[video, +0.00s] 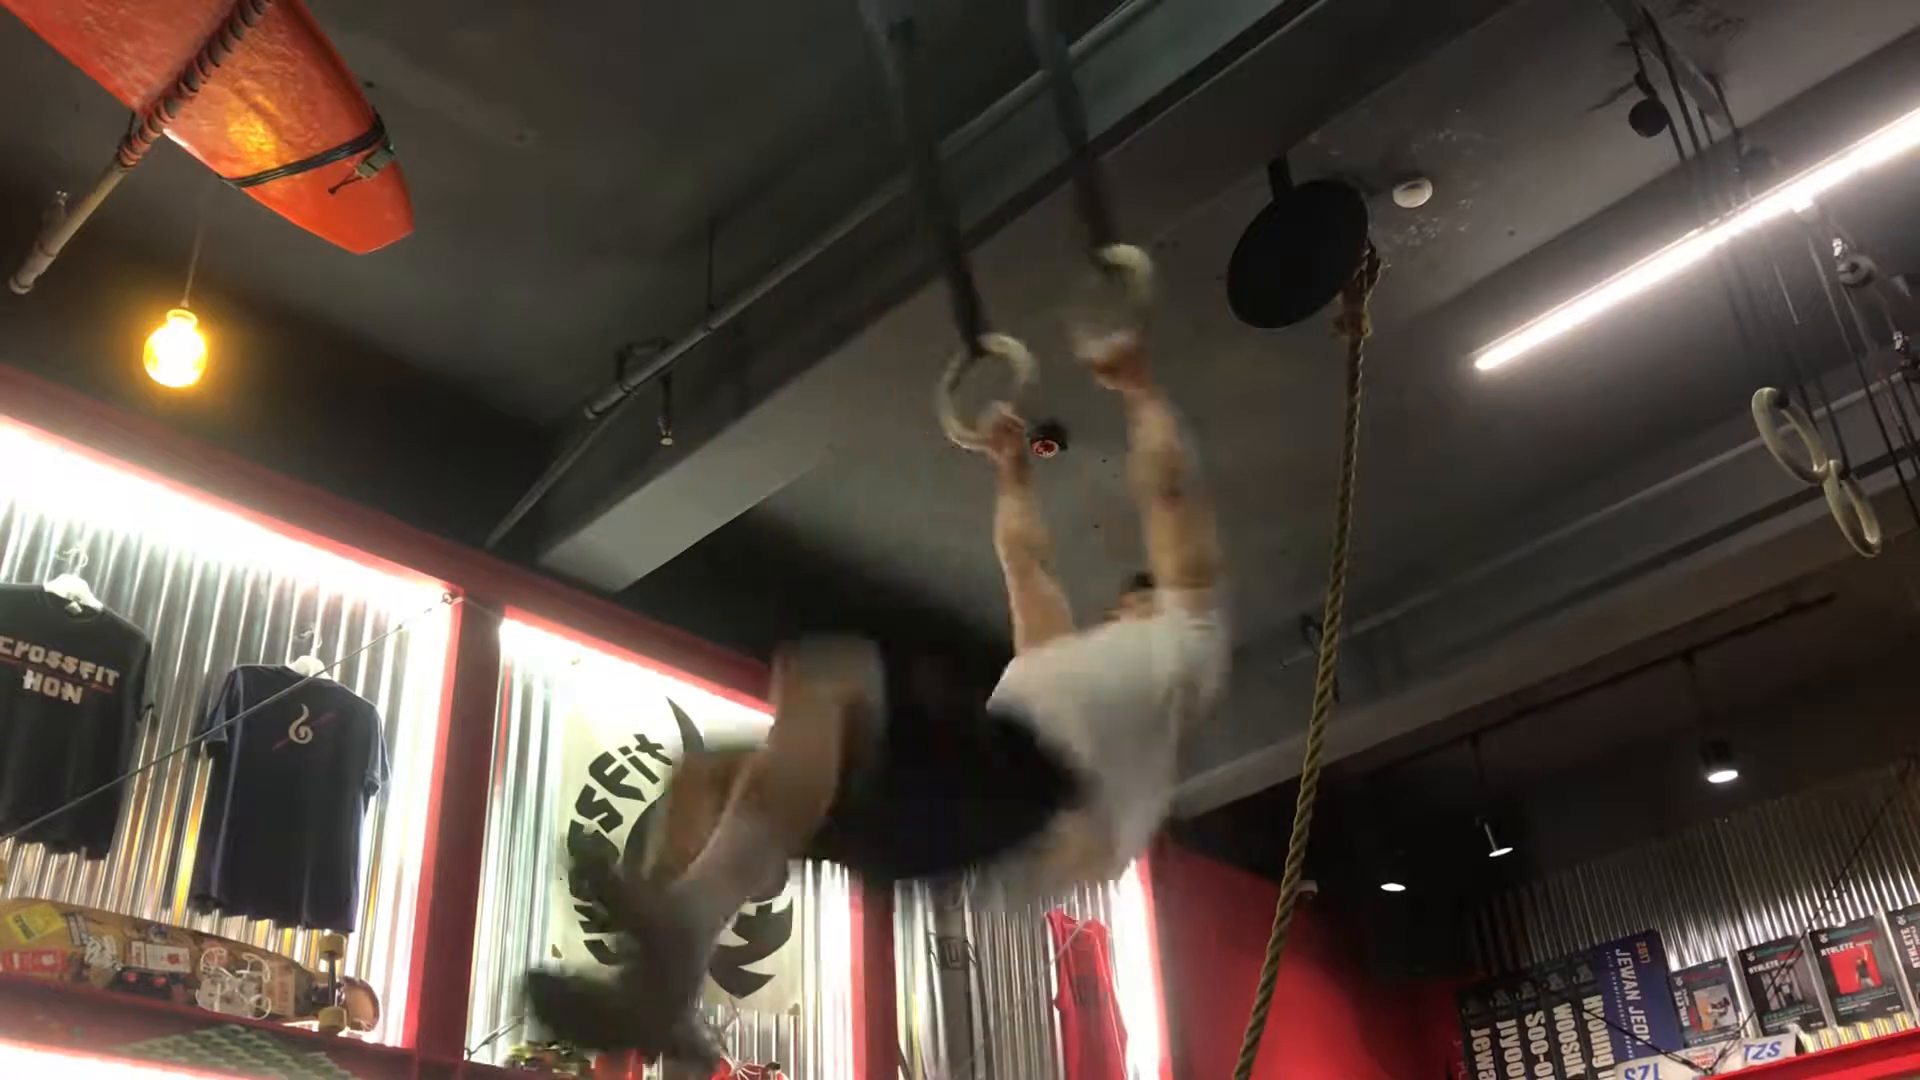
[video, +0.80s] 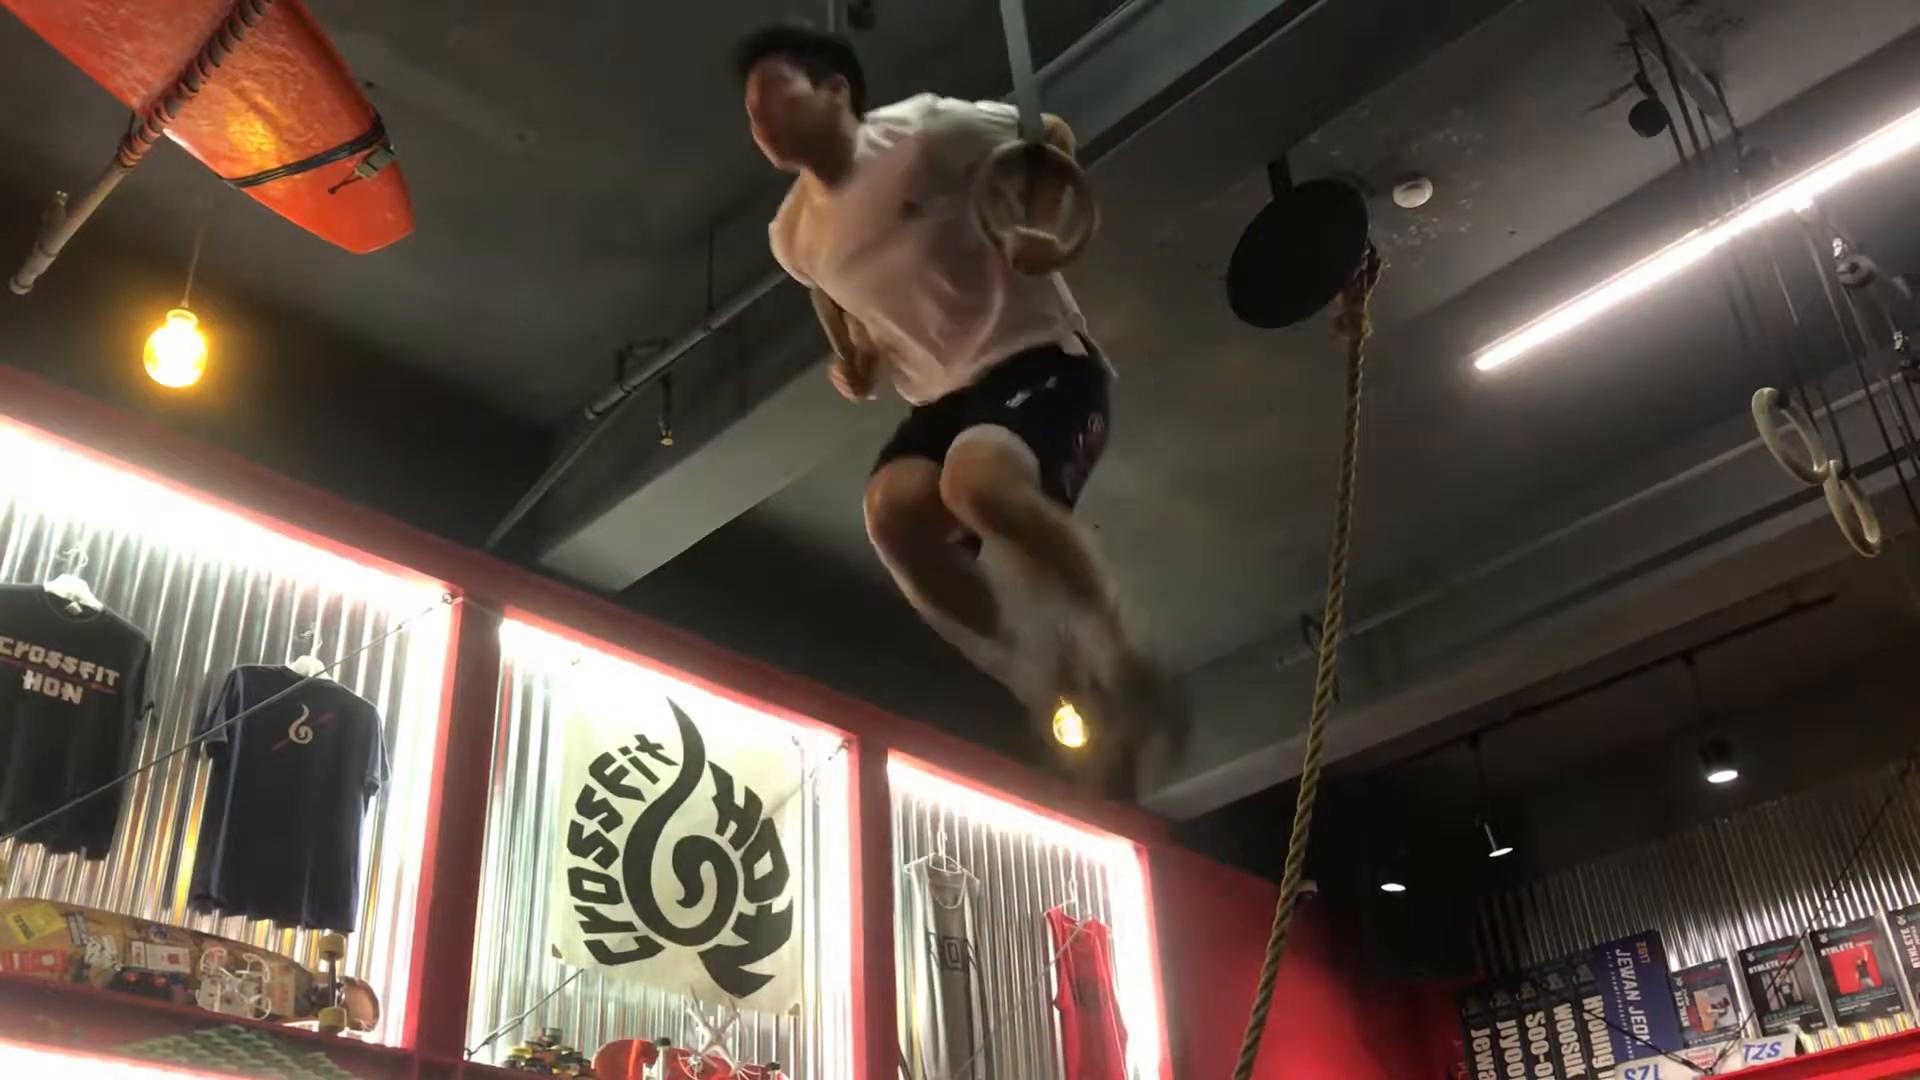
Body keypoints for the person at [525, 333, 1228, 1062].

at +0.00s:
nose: (1125, 604)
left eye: (1144, 598)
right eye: (1127, 600)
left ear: (1175, 610)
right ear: (1116, 620)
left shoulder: (1187, 648)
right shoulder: (1066, 677)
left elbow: (1173, 489)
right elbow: (1030, 573)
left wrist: (1135, 383)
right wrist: (1012, 468)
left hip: (1006, 786)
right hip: (929, 825)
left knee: (830, 667)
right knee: (704, 779)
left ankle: (689, 921)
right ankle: (661, 994)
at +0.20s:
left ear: (1205, 466)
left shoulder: (1174, 479)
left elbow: (1225, 429)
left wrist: (1179, 341)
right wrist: (949, 398)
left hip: (1026, 473)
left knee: (870, 418)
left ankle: (986, 630)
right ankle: (849, 680)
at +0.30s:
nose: (1076, 266)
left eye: (1093, 256)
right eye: (1062, 255)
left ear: (1118, 278)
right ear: (1038, 279)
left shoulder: (1140, 346)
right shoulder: (1023, 352)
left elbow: (1219, 407)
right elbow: (1004, 263)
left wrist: (1131, 329)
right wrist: (1063, 299)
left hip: (1022, 477)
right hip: (920, 498)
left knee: (872, 318)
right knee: (710, 427)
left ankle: (980, 550)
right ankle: (865, 598)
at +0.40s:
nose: (926, 215)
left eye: (939, 191)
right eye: (913, 211)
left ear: (988, 188)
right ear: (914, 233)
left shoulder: (1057, 234)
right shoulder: (945, 314)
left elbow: (1203, 312)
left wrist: (1160, 284)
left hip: (1051, 462)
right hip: (971, 527)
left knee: (895, 298)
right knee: (765, 386)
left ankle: (911, 524)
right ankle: (829, 566)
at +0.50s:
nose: (872, 203)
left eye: (883, 177)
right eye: (856, 197)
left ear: (934, 162)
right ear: (854, 214)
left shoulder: (1018, 200)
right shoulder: (881, 283)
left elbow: (1138, 201)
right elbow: (910, 367)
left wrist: (1149, 290)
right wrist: (902, 432)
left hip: (1087, 459)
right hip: (993, 503)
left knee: (939, 375)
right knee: (826, 431)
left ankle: (850, 490)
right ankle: (772, 571)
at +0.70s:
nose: (784, 159)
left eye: (798, 135)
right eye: (771, 149)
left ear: (855, 128)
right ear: (769, 165)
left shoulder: (942, 160)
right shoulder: (811, 256)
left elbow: (1075, 164)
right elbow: (845, 314)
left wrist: (1081, 252)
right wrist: (866, 374)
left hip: (1056, 387)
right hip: (957, 424)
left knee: (987, 493)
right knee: (904, 533)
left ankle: (1014, 742)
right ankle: (934, 755)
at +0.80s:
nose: (758, 117)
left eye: (775, 92)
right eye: (750, 105)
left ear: (836, 92)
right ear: (756, 130)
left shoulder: (924, 130)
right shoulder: (791, 235)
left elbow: (1055, 152)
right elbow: (838, 304)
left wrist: (1063, 235)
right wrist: (852, 362)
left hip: (1041, 362)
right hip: (942, 410)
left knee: (977, 480)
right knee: (890, 513)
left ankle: (1124, 669)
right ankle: (1048, 692)